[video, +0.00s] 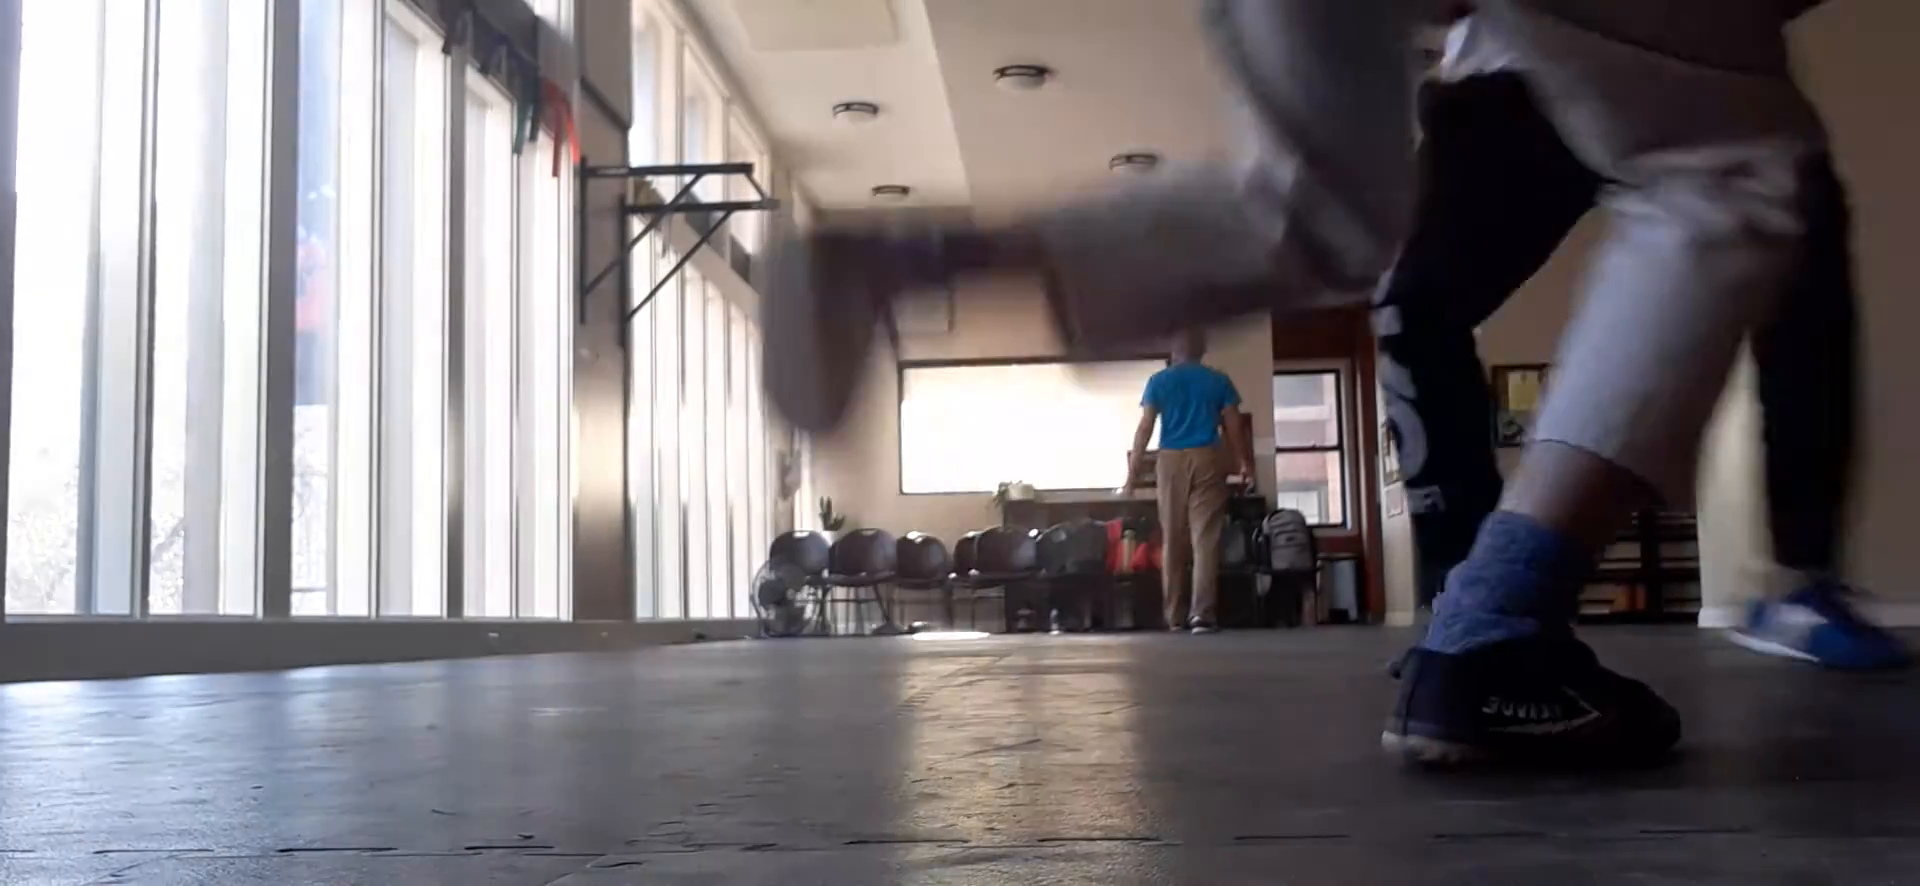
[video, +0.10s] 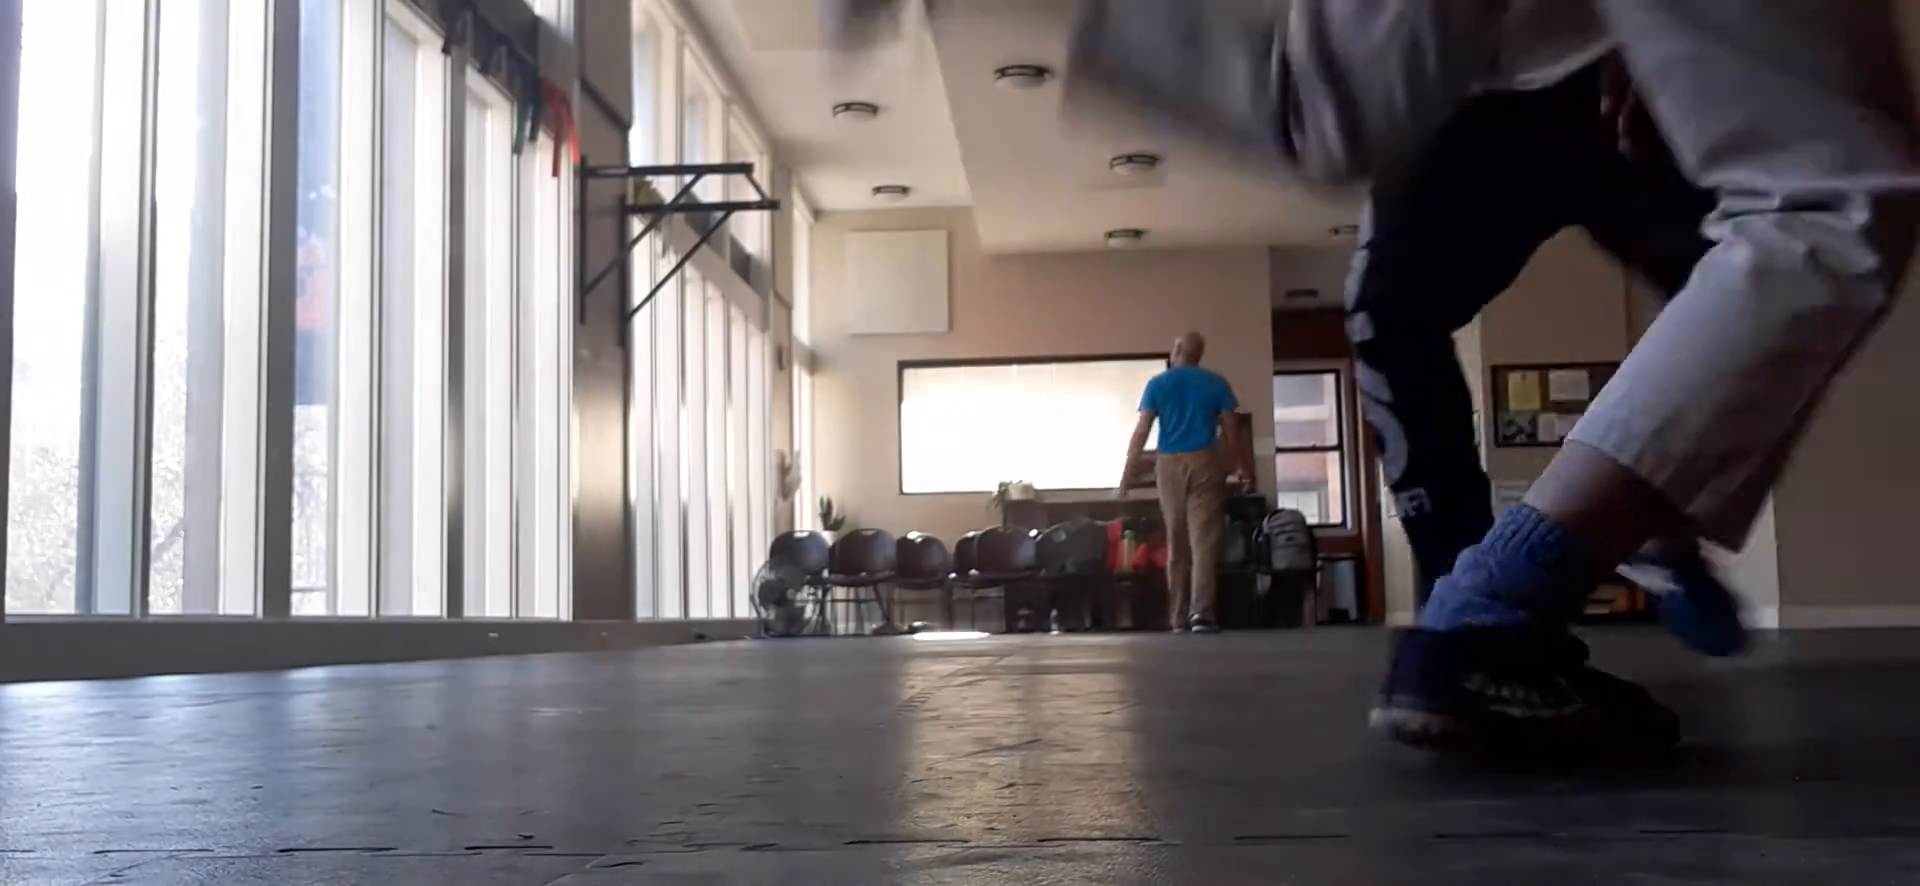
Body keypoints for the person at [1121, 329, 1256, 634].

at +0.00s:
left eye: (1175, 346)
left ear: (1173, 352)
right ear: (1202, 350)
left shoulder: (1158, 381)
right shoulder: (1219, 380)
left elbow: (1145, 428)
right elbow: (1233, 426)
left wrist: (1133, 472)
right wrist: (1244, 462)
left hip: (1170, 457)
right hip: (1208, 455)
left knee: (1172, 536)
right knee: (1205, 536)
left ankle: (1173, 615)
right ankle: (1202, 614)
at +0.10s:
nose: (1170, 357)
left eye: (1172, 352)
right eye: (1176, 352)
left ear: (1176, 353)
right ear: (1199, 356)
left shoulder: (1158, 383)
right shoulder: (1216, 383)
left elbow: (1141, 434)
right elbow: (1230, 431)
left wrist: (1126, 475)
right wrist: (1241, 468)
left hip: (1169, 461)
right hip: (1206, 459)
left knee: (1175, 540)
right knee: (1203, 537)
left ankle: (1177, 618)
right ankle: (1200, 612)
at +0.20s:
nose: (1167, 357)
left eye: (1169, 352)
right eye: (1172, 352)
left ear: (1172, 354)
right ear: (1196, 357)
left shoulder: (1156, 385)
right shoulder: (1210, 382)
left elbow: (1137, 432)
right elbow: (1226, 428)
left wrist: (1122, 470)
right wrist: (1233, 467)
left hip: (1165, 460)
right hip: (1200, 459)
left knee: (1173, 542)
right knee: (1201, 537)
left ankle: (1179, 618)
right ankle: (1199, 609)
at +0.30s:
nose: (1167, 355)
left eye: (1168, 351)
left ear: (1170, 353)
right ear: (1195, 356)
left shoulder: (1154, 384)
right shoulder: (1207, 381)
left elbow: (1133, 431)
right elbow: (1222, 426)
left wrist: (1115, 470)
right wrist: (1232, 466)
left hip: (1161, 458)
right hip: (1195, 457)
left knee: (1172, 540)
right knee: (1201, 534)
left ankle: (1178, 619)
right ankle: (1200, 604)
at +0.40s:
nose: (1169, 358)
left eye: (1168, 353)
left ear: (1168, 357)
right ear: (1194, 358)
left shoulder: (1152, 386)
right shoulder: (1205, 382)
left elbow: (1130, 431)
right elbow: (1215, 428)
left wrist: (1116, 469)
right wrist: (1221, 465)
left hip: (1157, 459)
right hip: (1189, 457)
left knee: (1170, 542)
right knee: (1199, 534)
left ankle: (1177, 621)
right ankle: (1200, 603)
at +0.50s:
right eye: (1193, 358)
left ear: (1171, 360)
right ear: (1196, 361)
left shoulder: (1153, 387)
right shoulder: (1200, 381)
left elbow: (1132, 437)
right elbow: (1207, 421)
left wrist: (1125, 473)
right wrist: (1217, 462)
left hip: (1153, 458)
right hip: (1184, 456)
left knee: (1167, 540)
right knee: (1194, 533)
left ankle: (1175, 618)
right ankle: (1193, 605)